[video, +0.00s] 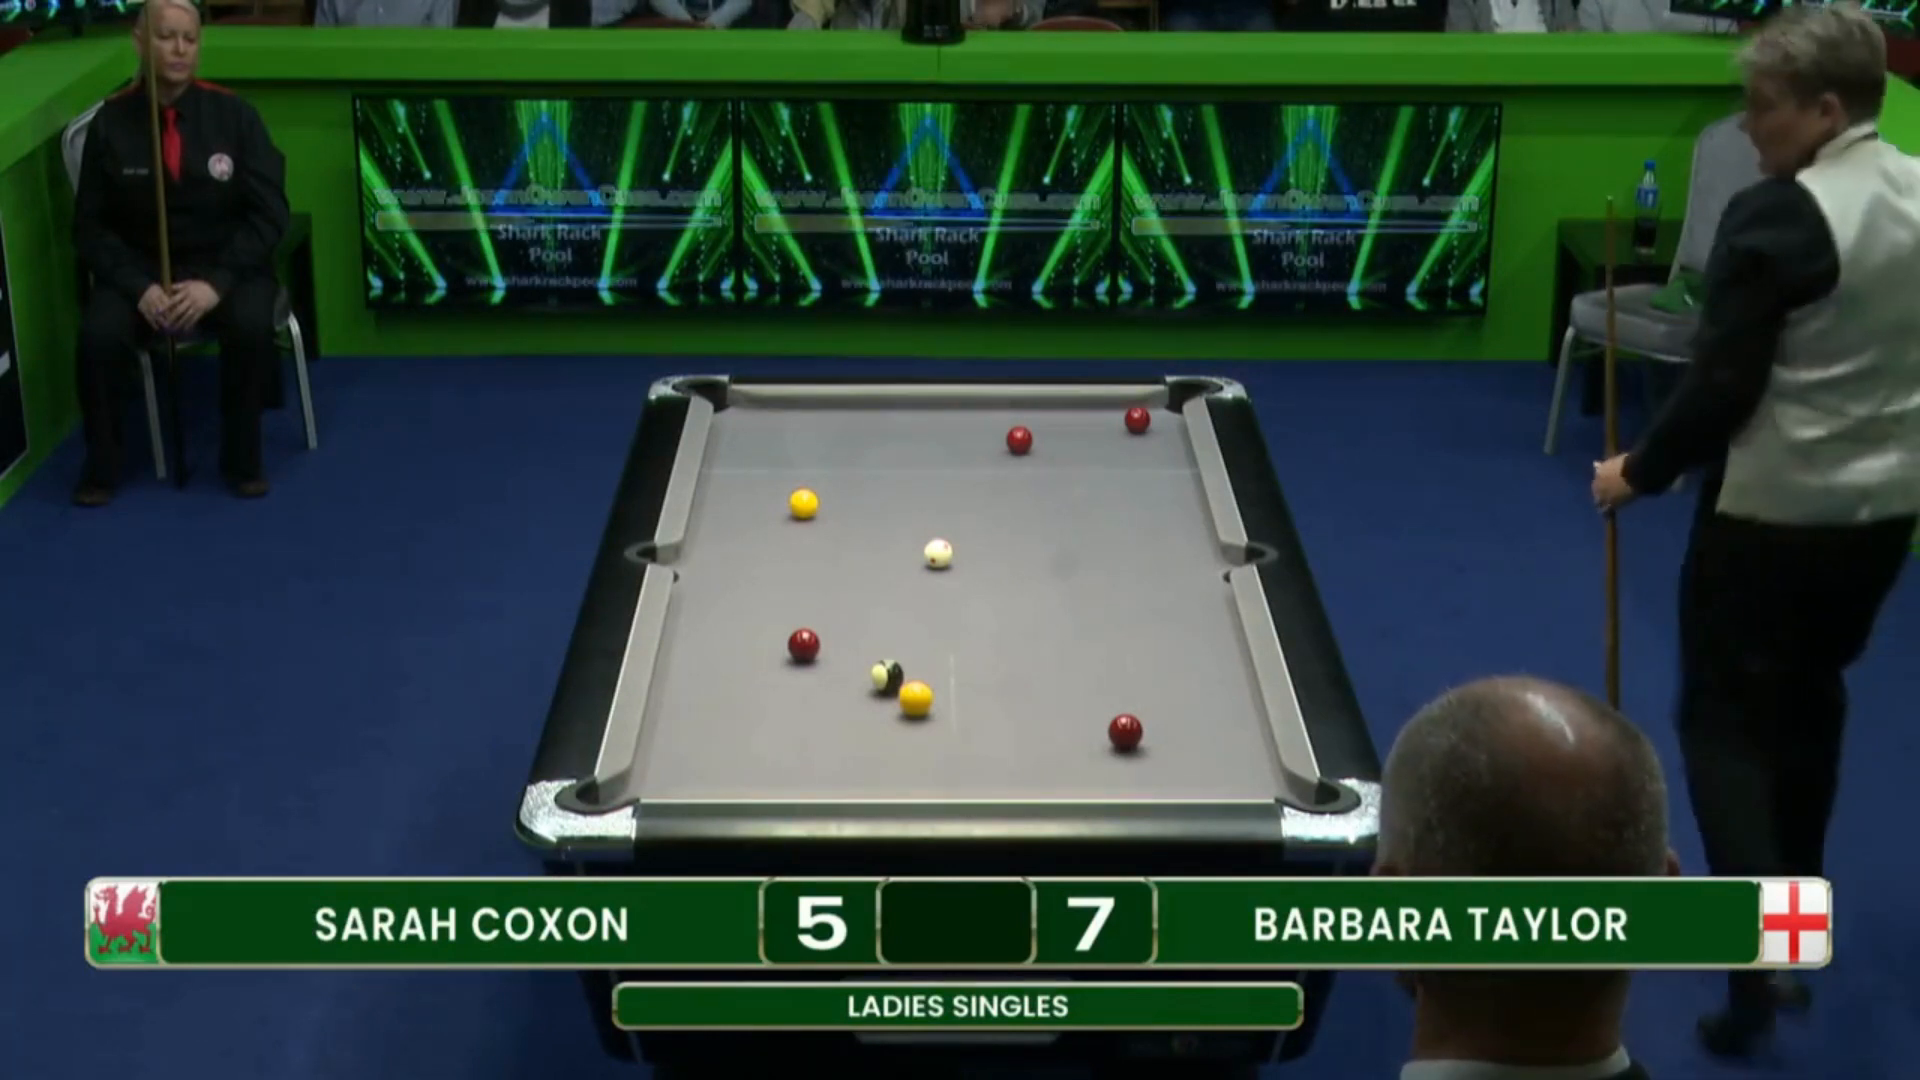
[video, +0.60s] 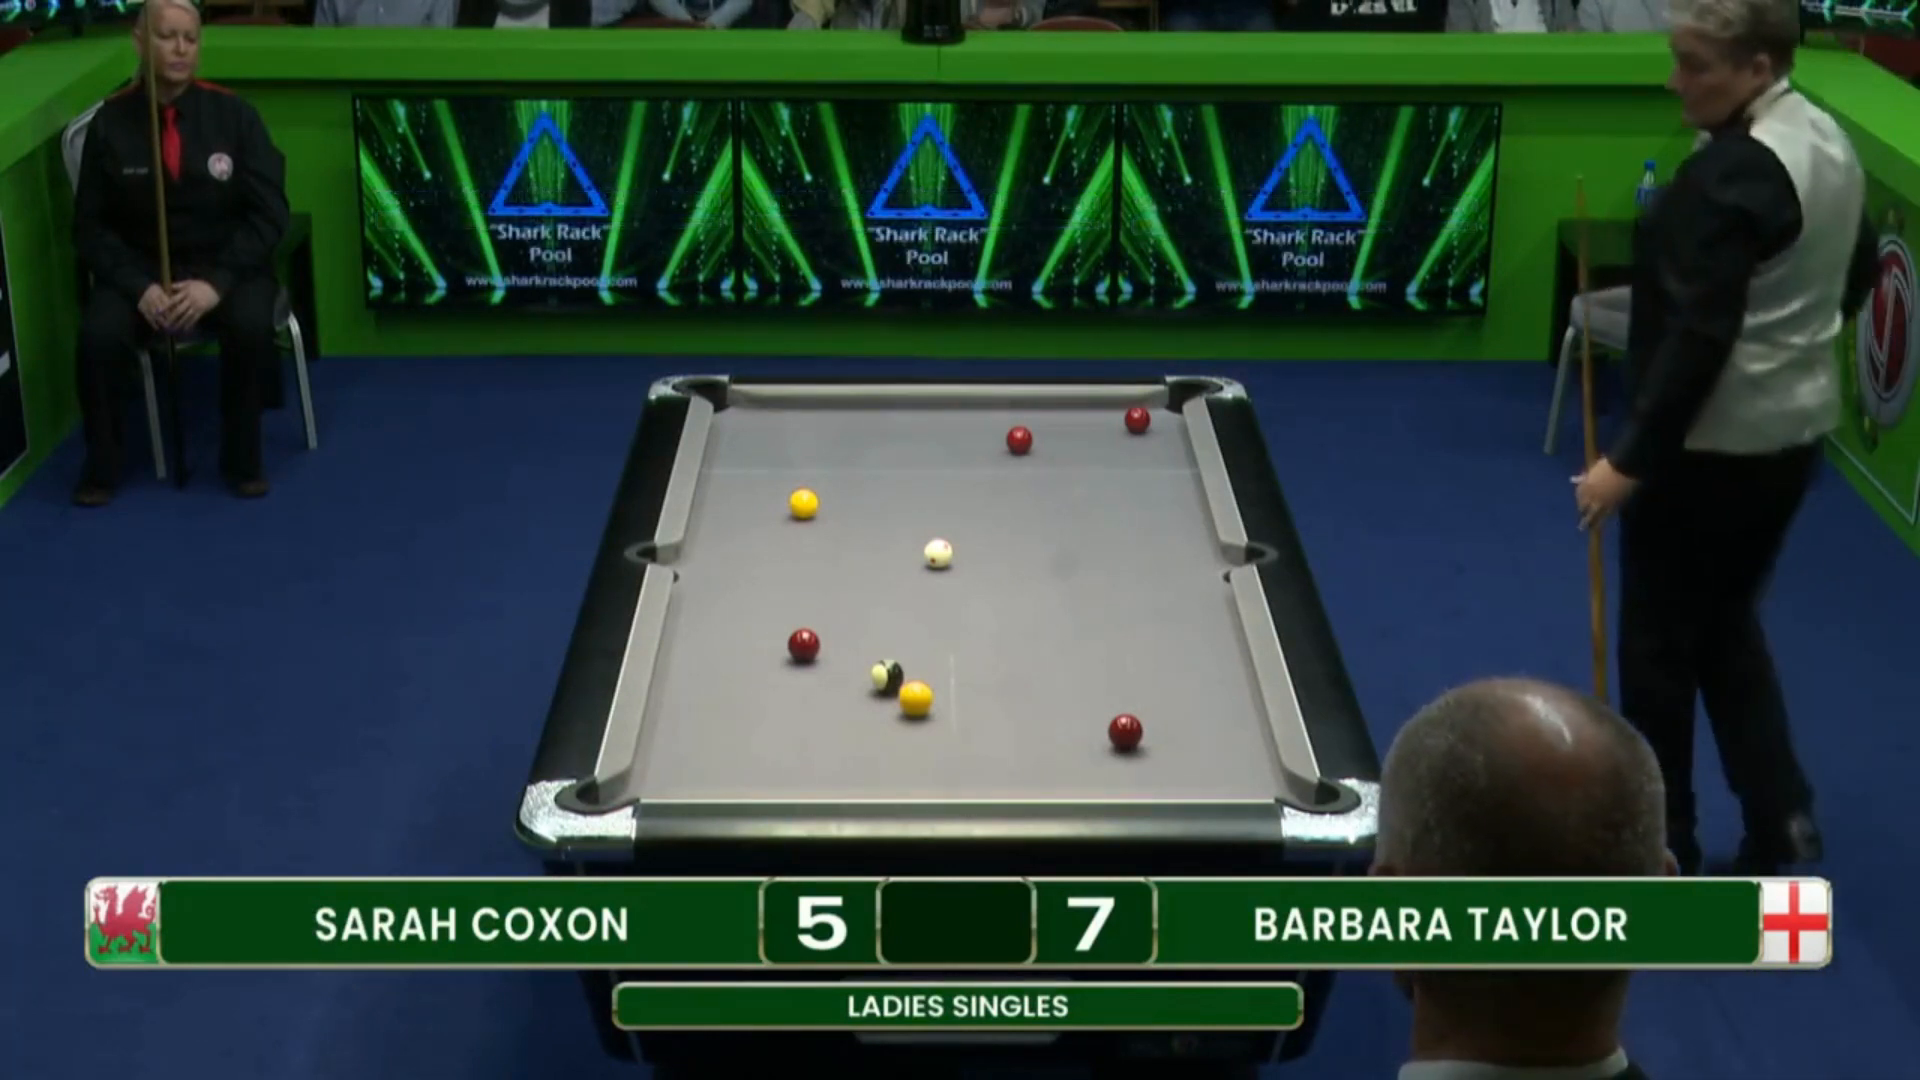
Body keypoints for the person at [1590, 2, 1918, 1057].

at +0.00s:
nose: (1749, 124)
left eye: (1762, 105)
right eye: (1750, 104)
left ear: (1826, 106)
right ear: (1849, 104)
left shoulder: (1779, 215)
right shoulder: (1912, 183)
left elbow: (1721, 381)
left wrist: (1640, 467)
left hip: (1774, 518)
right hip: (1884, 513)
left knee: (1720, 711)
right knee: (1809, 694)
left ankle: (1760, 949)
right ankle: (1796, 914)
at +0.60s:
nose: (1677, 80)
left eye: (1695, 65)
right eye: (1677, 61)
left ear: (1759, 68)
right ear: (1769, 72)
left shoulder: (1724, 176)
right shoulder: (1828, 140)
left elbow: (1696, 341)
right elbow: (1855, 279)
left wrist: (1625, 461)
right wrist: (1785, 329)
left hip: (1709, 452)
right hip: (1789, 443)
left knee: (1655, 644)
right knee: (1724, 622)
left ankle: (1660, 840)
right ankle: (1781, 824)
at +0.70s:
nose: (1670, 77)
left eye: (1689, 63)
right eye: (1670, 58)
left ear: (1752, 65)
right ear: (1759, 66)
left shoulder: (1721, 173)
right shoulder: (1807, 128)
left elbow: (1692, 333)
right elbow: (1845, 267)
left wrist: (1619, 455)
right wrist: (1765, 322)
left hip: (1707, 444)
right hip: (1779, 434)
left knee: (1652, 628)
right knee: (1699, 595)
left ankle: (1661, 830)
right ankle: (1772, 796)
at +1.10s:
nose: (1656, 58)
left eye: (1673, 41)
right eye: (1651, 40)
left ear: (1731, 39)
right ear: (1658, 35)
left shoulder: (1762, 137)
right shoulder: (1716, 119)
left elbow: (1755, 296)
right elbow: (1698, 267)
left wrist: (1674, 401)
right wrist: (1656, 368)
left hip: (1749, 406)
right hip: (1715, 396)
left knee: (1660, 596)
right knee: (1698, 585)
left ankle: (1675, 819)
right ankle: (1713, 767)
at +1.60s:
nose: (1672, 61)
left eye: (1692, 44)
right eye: (1667, 42)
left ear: (1751, 46)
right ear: (1664, 40)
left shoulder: (1823, 140)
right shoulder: (1667, 132)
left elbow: (1850, 291)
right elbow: (1652, 261)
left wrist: (1824, 416)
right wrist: (1630, 341)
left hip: (1789, 426)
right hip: (1695, 416)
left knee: (1774, 622)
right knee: (1701, 598)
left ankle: (1775, 819)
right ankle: (1710, 760)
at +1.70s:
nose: (1688, 64)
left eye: (1710, 48)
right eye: (1684, 45)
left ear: (1768, 52)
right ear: (1679, 42)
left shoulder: (1837, 147)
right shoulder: (1676, 135)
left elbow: (1867, 298)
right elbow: (1650, 264)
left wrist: (1843, 426)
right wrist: (1634, 349)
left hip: (1793, 434)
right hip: (1695, 421)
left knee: (1776, 628)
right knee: (1701, 604)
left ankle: (1784, 825)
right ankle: (1710, 761)